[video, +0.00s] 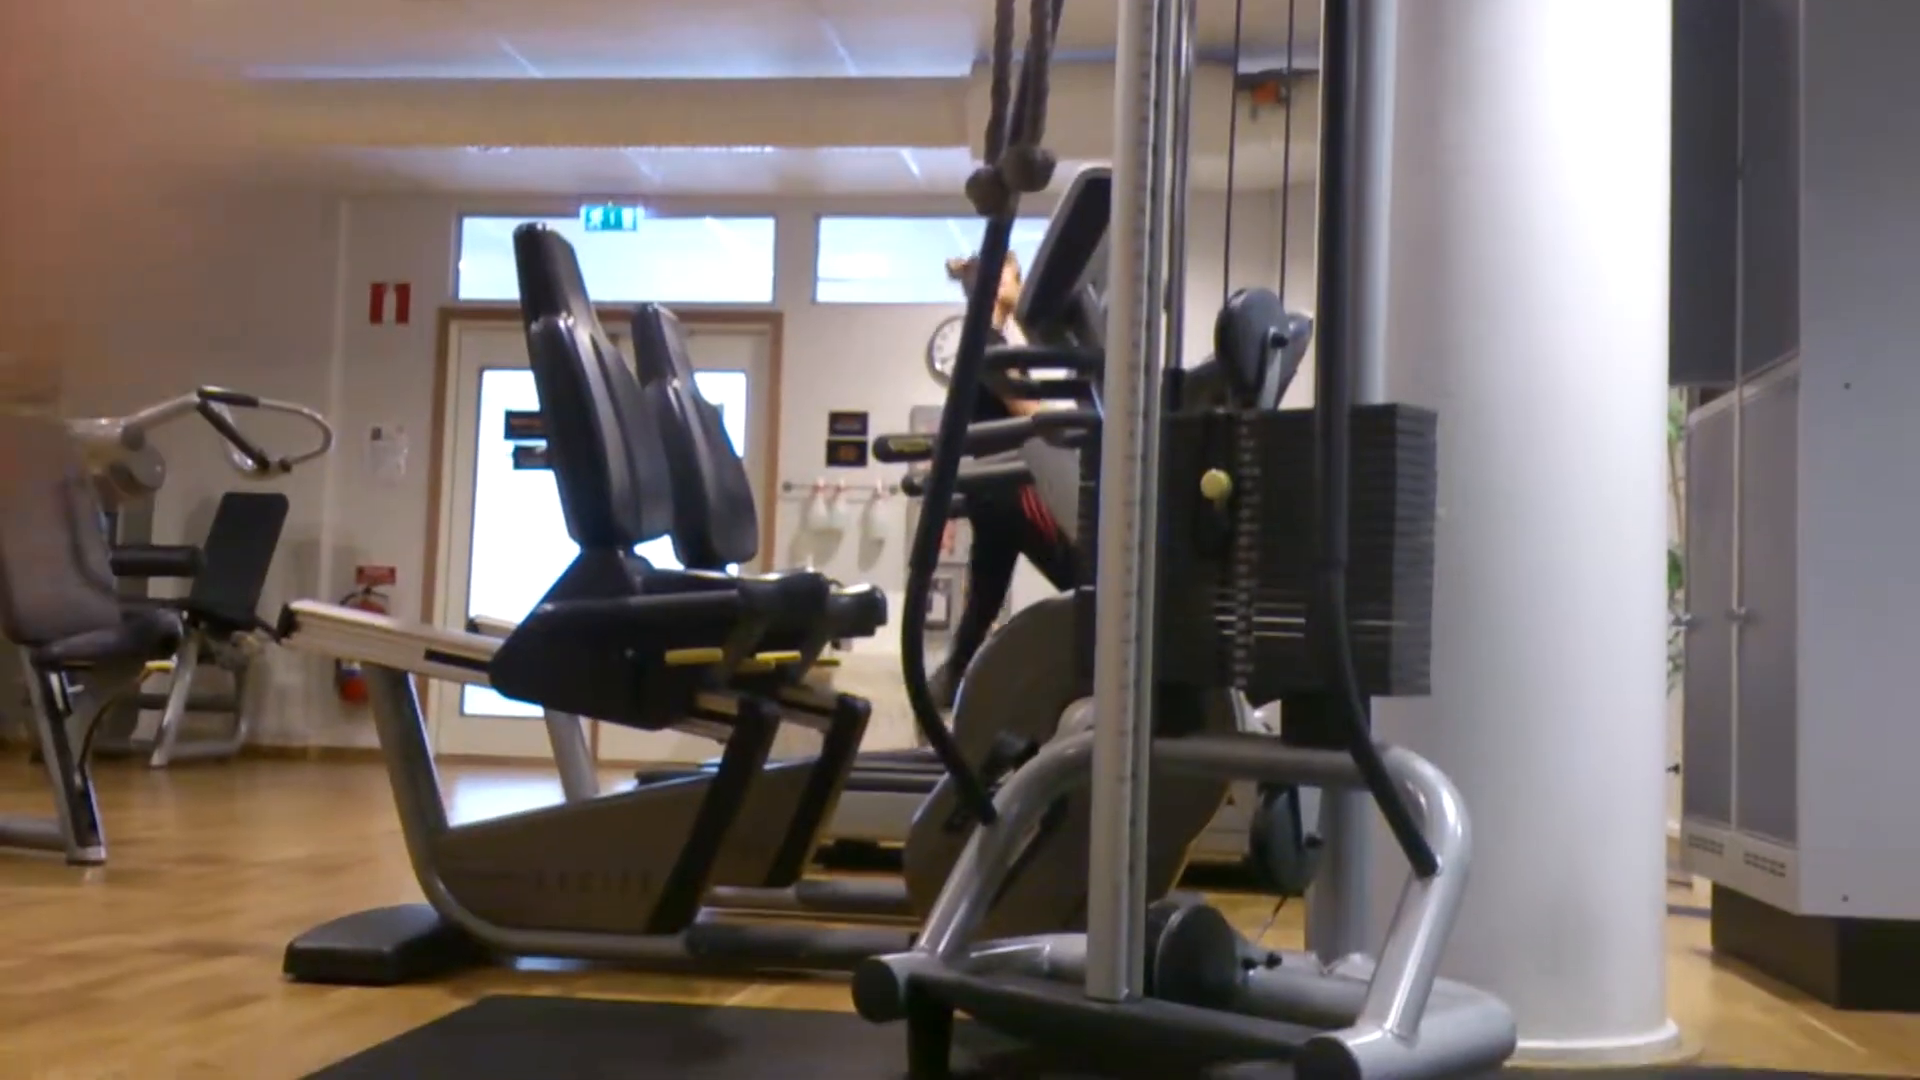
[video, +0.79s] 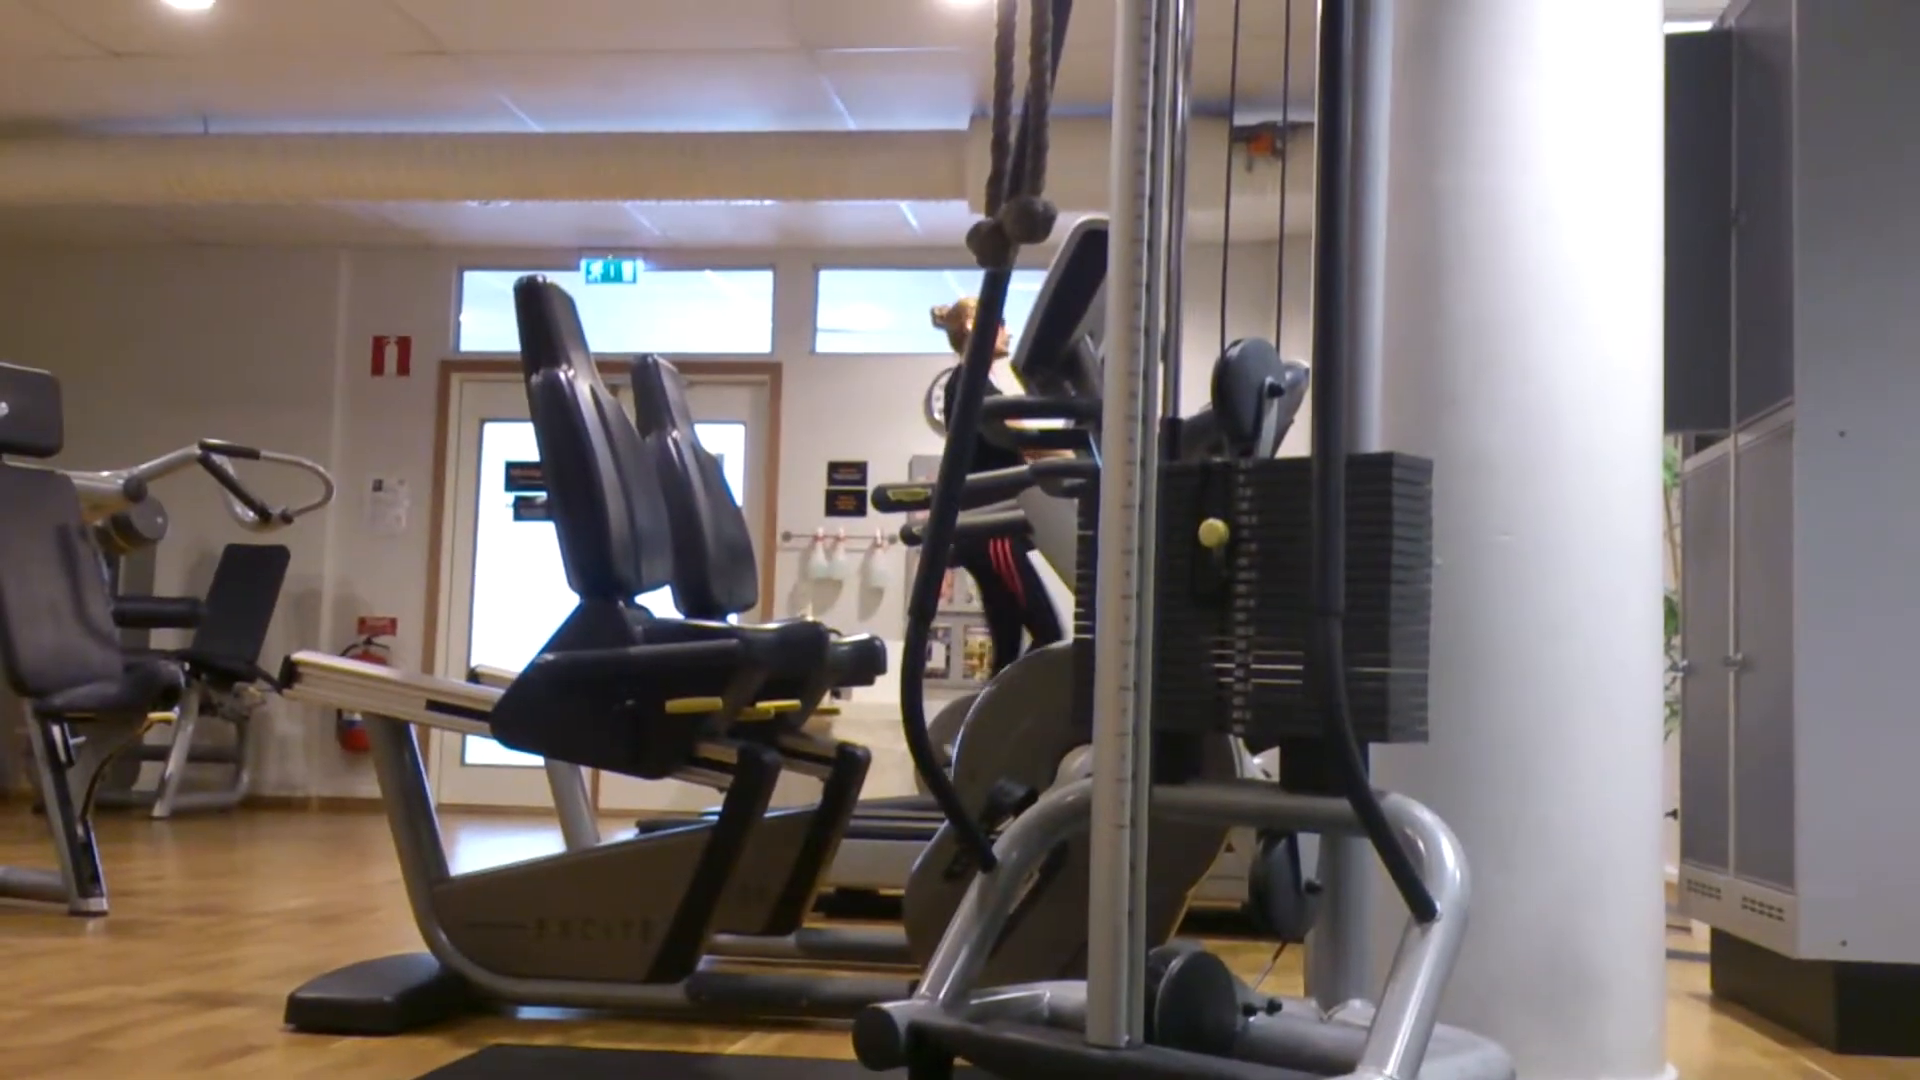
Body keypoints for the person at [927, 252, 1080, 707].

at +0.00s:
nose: (1019, 284)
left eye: (1017, 276)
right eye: (1013, 276)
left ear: (995, 284)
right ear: (996, 283)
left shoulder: (1000, 335)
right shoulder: (989, 340)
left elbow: (1024, 404)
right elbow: (1023, 407)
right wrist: (1068, 422)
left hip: (999, 475)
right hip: (1002, 477)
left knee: (986, 596)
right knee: (1078, 575)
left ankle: (952, 678)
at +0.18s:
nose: (1019, 310)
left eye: (1017, 302)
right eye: (1012, 302)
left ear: (990, 314)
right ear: (992, 311)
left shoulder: (995, 367)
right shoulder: (991, 372)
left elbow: (1024, 437)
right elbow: (1026, 440)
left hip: (997, 511)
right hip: (1004, 511)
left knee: (997, 639)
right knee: (1080, 612)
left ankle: (915, 721)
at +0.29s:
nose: (1020, 309)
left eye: (1018, 301)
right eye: (1013, 302)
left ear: (987, 313)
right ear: (993, 310)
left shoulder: (990, 364)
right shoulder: (992, 368)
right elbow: (1027, 433)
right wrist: (1076, 454)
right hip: (1004, 501)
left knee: (1042, 617)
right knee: (1040, 618)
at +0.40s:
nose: (1020, 315)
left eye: (1017, 306)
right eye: (1012, 306)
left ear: (989, 316)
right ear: (989, 316)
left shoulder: (1000, 365)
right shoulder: (984, 370)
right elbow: (1012, 428)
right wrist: (1067, 438)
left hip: (1013, 510)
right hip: (997, 512)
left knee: (1070, 611)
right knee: (999, 633)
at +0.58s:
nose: (1012, 329)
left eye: (1010, 322)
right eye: (1003, 324)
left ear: (991, 338)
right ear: (981, 337)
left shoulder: (999, 387)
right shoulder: (979, 392)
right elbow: (1013, 447)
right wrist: (1073, 446)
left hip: (1011, 531)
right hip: (987, 535)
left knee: (1074, 628)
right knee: (961, 654)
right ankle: (894, 742)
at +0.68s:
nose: (1013, 332)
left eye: (1009, 325)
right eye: (1006, 325)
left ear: (977, 338)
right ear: (990, 335)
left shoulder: (993, 382)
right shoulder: (984, 387)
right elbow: (1014, 444)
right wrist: (1069, 452)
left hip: (1015, 526)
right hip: (997, 528)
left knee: (1046, 629)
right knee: (1014, 642)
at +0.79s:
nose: (1007, 330)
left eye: (1003, 323)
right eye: (999, 324)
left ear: (969, 334)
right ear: (977, 332)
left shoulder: (971, 380)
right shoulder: (974, 383)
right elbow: (1007, 441)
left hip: (988, 521)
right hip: (991, 524)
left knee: (1007, 639)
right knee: (1048, 631)